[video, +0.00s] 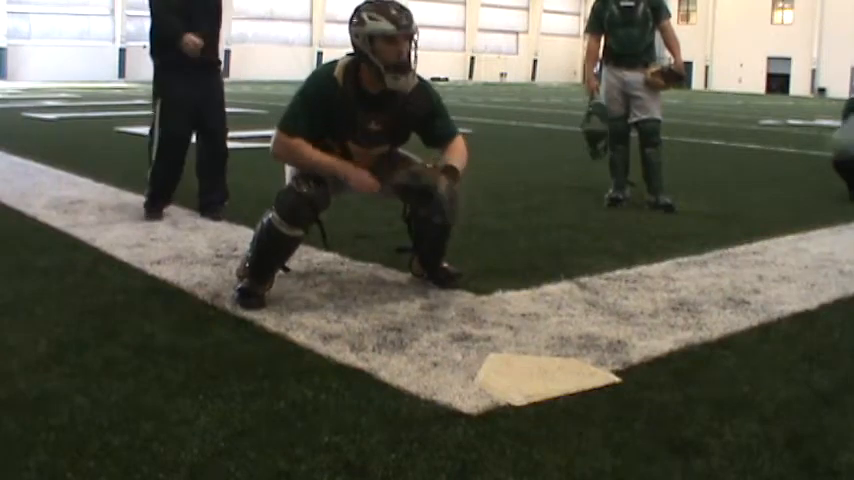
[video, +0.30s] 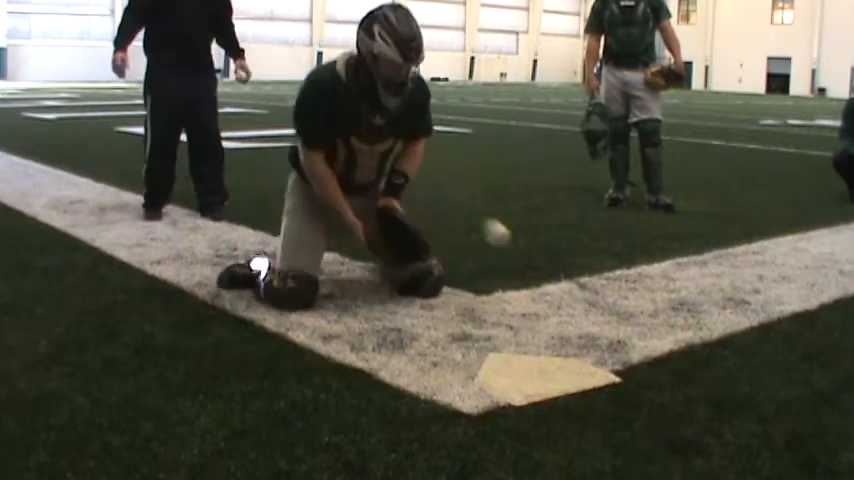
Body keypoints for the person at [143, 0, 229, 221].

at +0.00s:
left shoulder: (212, 4)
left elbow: (212, 21)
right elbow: (160, 15)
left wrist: (203, 39)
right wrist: (180, 36)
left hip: (208, 66)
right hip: (174, 66)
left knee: (214, 138)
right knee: (173, 137)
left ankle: (212, 205)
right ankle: (156, 202)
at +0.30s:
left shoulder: (217, 4)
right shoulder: (147, 2)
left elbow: (222, 21)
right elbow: (135, 12)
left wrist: (237, 55)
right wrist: (121, 47)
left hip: (201, 70)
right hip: (163, 69)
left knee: (207, 139)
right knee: (161, 140)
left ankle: (212, 205)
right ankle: (153, 204)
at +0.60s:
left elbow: (221, 17)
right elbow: (133, 14)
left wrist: (226, 55)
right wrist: (121, 53)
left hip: (198, 66)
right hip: (160, 66)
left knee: (205, 138)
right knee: (160, 139)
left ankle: (211, 204)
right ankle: (154, 203)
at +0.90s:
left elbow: (210, 18)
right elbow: (126, 20)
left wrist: (191, 45)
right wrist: (141, 48)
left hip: (188, 64)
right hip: (150, 65)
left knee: (198, 135)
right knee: (153, 137)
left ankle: (211, 203)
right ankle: (154, 201)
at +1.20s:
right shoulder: (124, 3)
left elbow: (203, 15)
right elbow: (113, 21)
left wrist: (194, 42)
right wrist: (123, 49)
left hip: (181, 63)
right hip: (144, 65)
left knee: (193, 136)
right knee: (148, 138)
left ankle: (210, 203)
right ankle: (153, 201)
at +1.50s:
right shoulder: (123, 3)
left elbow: (196, 19)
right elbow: (110, 23)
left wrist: (206, 27)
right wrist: (120, 49)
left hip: (178, 66)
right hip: (143, 68)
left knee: (185, 137)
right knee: (149, 139)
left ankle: (182, 198)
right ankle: (153, 201)